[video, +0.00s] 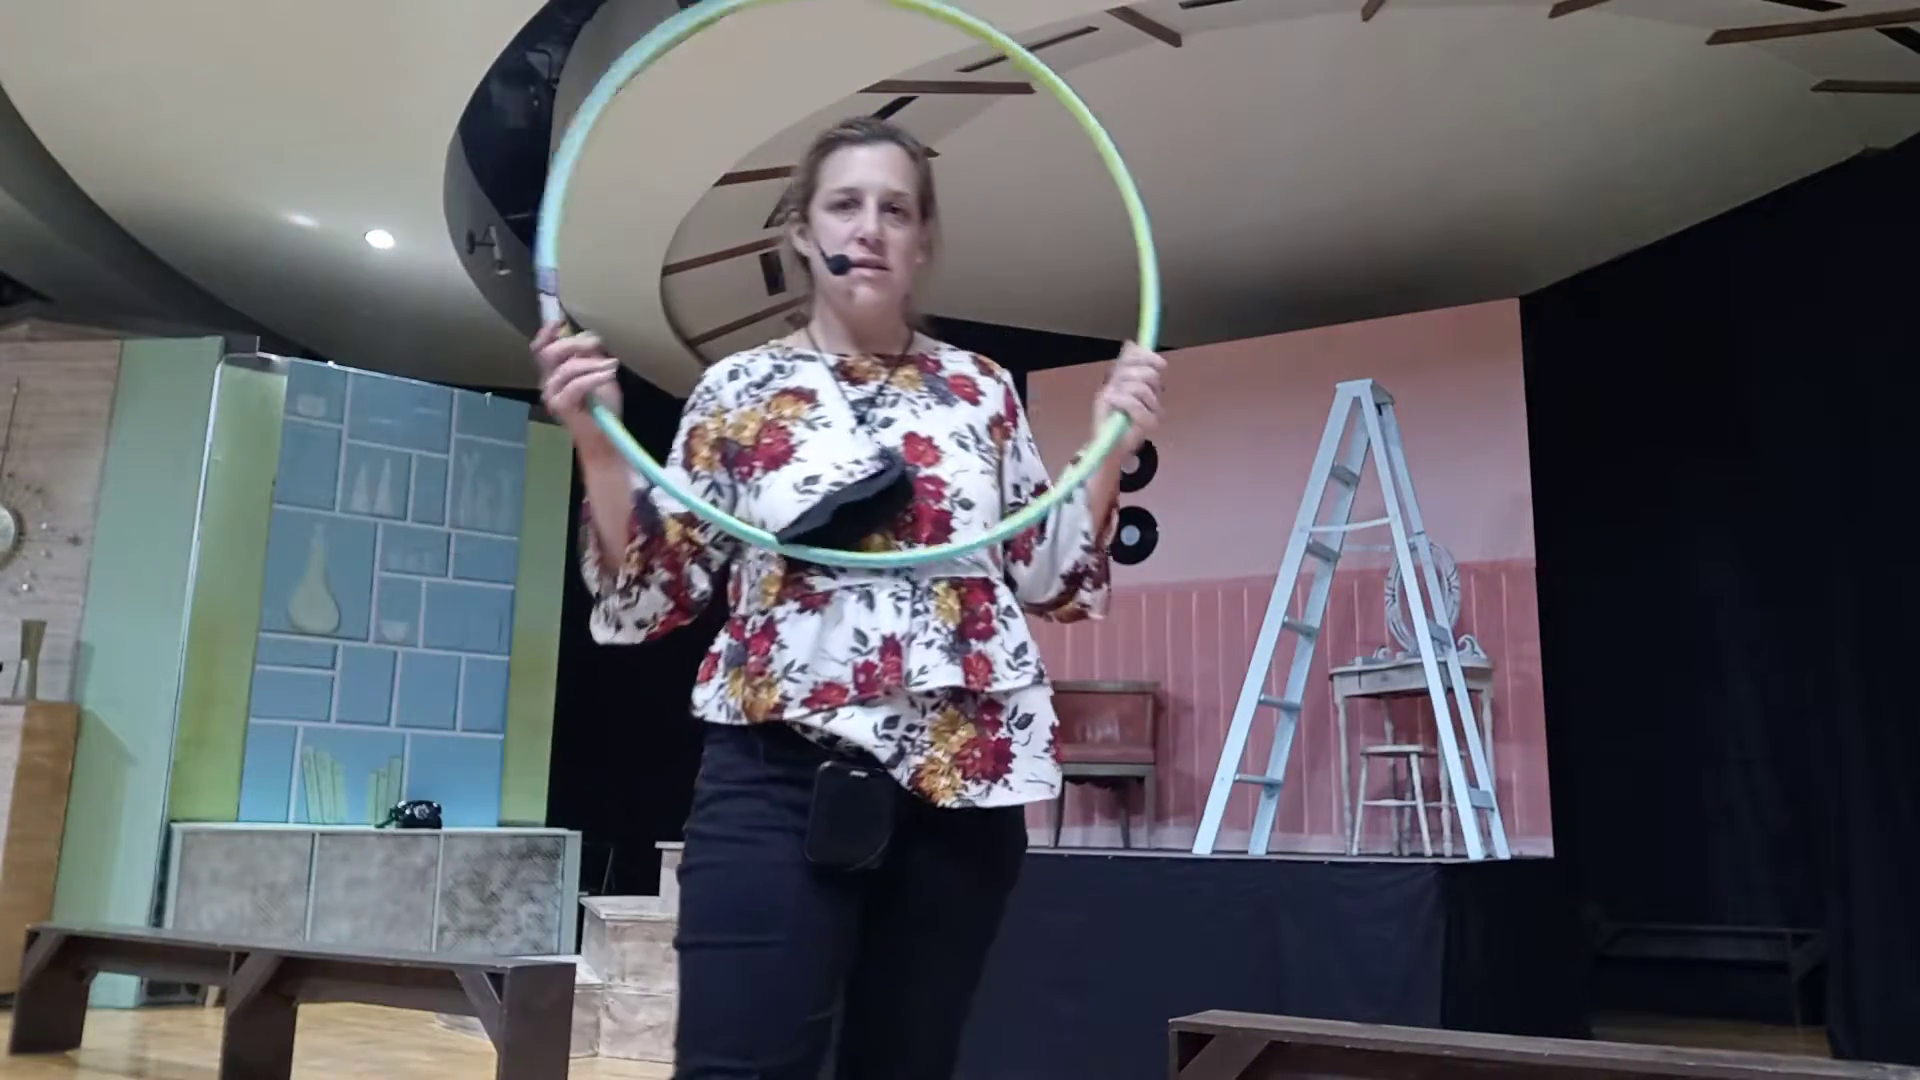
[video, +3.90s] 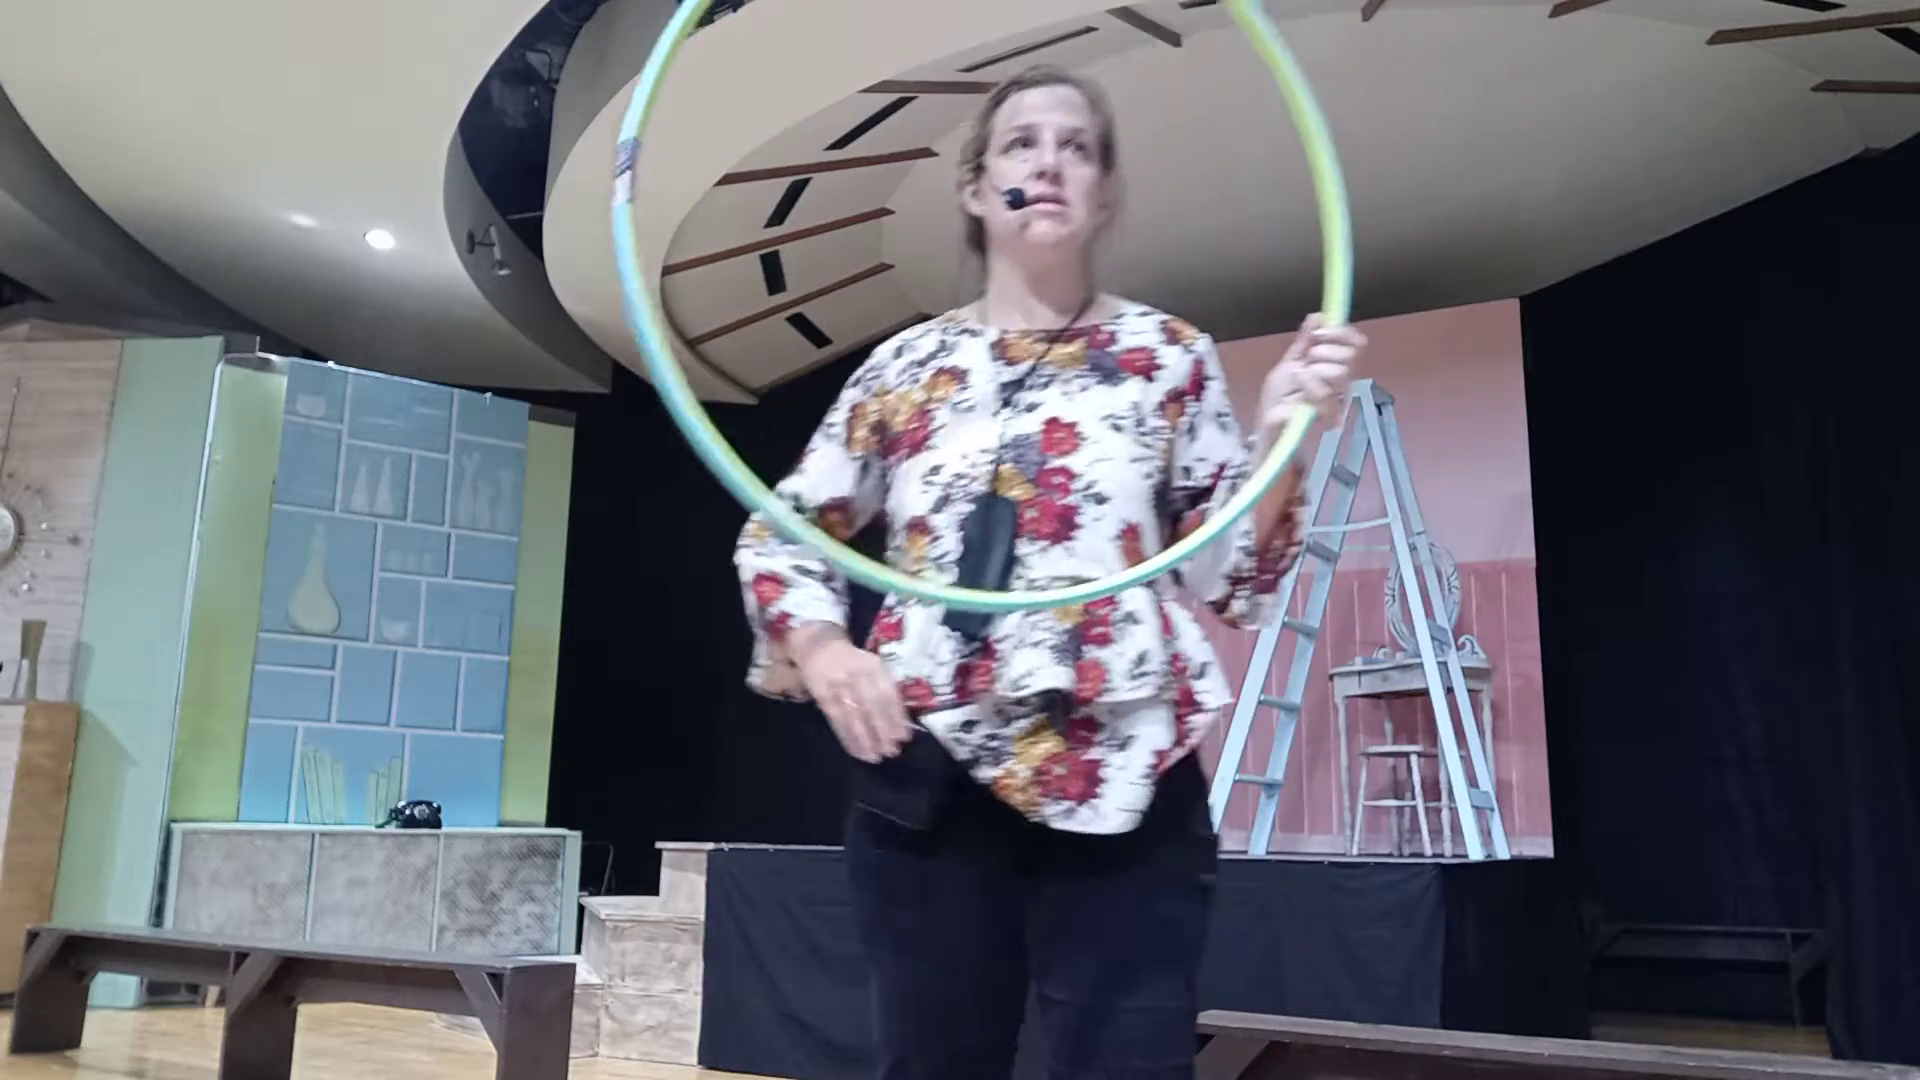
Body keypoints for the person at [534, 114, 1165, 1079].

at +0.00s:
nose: (869, 226)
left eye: (896, 209)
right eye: (844, 204)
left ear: (928, 243)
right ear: (802, 233)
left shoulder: (982, 392)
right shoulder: (734, 390)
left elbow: (1042, 574)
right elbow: (656, 592)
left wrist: (1108, 456)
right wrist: (595, 446)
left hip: (958, 799)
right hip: (771, 782)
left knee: (903, 1064)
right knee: (744, 1061)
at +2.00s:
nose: (802, 128)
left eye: (817, 96)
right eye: (763, 97)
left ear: (839, 112)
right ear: (679, 119)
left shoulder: (885, 304)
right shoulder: (611, 294)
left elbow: (949, 513)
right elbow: (534, 562)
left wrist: (1055, 380)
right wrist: (464, 388)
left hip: (885, 788)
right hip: (672, 778)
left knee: (907, 1058)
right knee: (699, 1059)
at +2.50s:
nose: (973, 138)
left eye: (991, 106)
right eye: (936, 105)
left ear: (1012, 118)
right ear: (850, 120)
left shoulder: (1042, 319)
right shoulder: (765, 297)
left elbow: (1097, 536)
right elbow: (667, 558)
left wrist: (1208, 405)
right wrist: (621, 366)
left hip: (1029, 808)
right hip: (812, 785)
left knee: (1079, 1064)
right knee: (788, 1065)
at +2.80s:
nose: (1082, 132)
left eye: (1112, 104)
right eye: (1050, 102)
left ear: (1149, 133)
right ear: (999, 132)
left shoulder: (1205, 328)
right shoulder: (911, 302)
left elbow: (1269, 557)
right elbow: (790, 550)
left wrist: (1380, 415)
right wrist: (725, 393)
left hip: (1175, 805)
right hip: (946, 778)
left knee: (1166, 1069)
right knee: (895, 1064)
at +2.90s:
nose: (1111, 137)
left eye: (1141, 108)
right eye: (1081, 108)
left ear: (1183, 134)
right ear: (1036, 136)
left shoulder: (1247, 332)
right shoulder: (950, 308)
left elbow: (1305, 551)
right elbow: (839, 481)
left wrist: (1421, 414)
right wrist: (765, 514)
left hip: (1200, 794)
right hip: (976, 770)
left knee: (1178, 1064)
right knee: (925, 1058)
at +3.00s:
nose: (1134, 137)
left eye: (1165, 109)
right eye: (1106, 108)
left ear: (1211, 138)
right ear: (1061, 137)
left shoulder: (1277, 332)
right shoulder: (981, 315)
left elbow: (1344, 561)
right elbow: (852, 521)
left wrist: (1443, 412)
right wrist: (848, 649)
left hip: (1216, 802)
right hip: (992, 775)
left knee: (1186, 1065)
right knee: (931, 1062)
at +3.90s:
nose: (1045, 159)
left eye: (1075, 146)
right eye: (1018, 144)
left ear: (1109, 198)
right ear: (976, 193)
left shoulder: (1174, 358)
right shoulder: (903, 368)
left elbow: (1233, 581)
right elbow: (776, 543)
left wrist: (1284, 427)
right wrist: (822, 650)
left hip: (1130, 806)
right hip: (933, 797)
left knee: (1126, 1062)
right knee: (936, 1061)